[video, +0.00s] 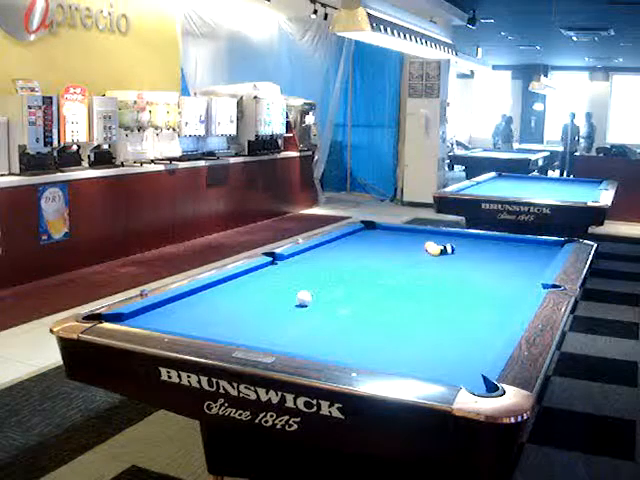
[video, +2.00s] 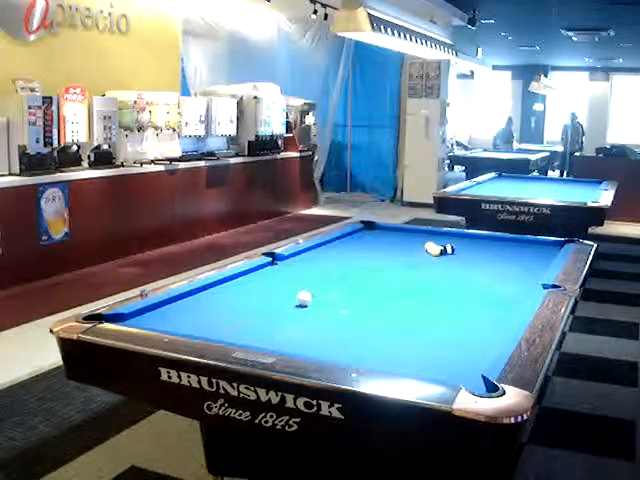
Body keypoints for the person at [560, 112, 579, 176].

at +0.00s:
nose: (571, 118)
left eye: (573, 116)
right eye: (571, 116)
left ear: (574, 117)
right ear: (569, 117)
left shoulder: (576, 127)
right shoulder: (565, 126)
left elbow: (578, 136)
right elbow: (562, 135)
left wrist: (577, 143)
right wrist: (562, 141)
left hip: (573, 146)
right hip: (565, 145)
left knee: (571, 160)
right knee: (563, 160)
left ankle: (569, 174)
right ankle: (561, 174)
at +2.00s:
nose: (572, 120)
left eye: (574, 119)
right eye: (571, 119)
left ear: (576, 118)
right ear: (570, 118)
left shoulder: (579, 126)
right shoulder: (566, 126)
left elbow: (581, 136)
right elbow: (563, 135)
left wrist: (580, 146)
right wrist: (563, 142)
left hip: (575, 146)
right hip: (566, 146)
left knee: (571, 159)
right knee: (563, 159)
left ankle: (569, 173)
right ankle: (561, 173)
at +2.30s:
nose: (572, 119)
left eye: (574, 117)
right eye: (571, 117)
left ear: (576, 118)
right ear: (570, 117)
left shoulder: (578, 126)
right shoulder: (566, 126)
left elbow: (580, 135)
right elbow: (563, 135)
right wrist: (563, 142)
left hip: (574, 146)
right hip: (566, 145)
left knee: (571, 160)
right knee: (563, 159)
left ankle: (569, 173)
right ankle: (561, 173)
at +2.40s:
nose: (572, 119)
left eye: (574, 117)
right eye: (571, 117)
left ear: (576, 117)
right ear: (570, 117)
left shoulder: (577, 126)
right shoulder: (566, 125)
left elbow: (580, 134)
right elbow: (563, 134)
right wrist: (563, 141)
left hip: (574, 145)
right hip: (566, 145)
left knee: (571, 159)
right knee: (563, 158)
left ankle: (569, 173)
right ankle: (561, 173)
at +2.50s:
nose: (572, 119)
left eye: (574, 117)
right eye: (571, 117)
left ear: (575, 117)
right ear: (570, 117)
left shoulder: (577, 126)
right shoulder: (566, 125)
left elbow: (579, 135)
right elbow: (563, 134)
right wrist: (563, 141)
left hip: (574, 146)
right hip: (566, 145)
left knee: (571, 159)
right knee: (563, 159)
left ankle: (569, 173)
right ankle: (561, 172)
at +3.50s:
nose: (571, 119)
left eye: (572, 117)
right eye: (570, 117)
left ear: (574, 117)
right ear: (568, 117)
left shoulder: (576, 126)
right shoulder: (565, 125)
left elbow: (578, 135)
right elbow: (563, 134)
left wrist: (577, 143)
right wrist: (562, 142)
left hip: (573, 145)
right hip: (566, 145)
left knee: (571, 160)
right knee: (563, 160)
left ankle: (570, 173)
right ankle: (562, 173)